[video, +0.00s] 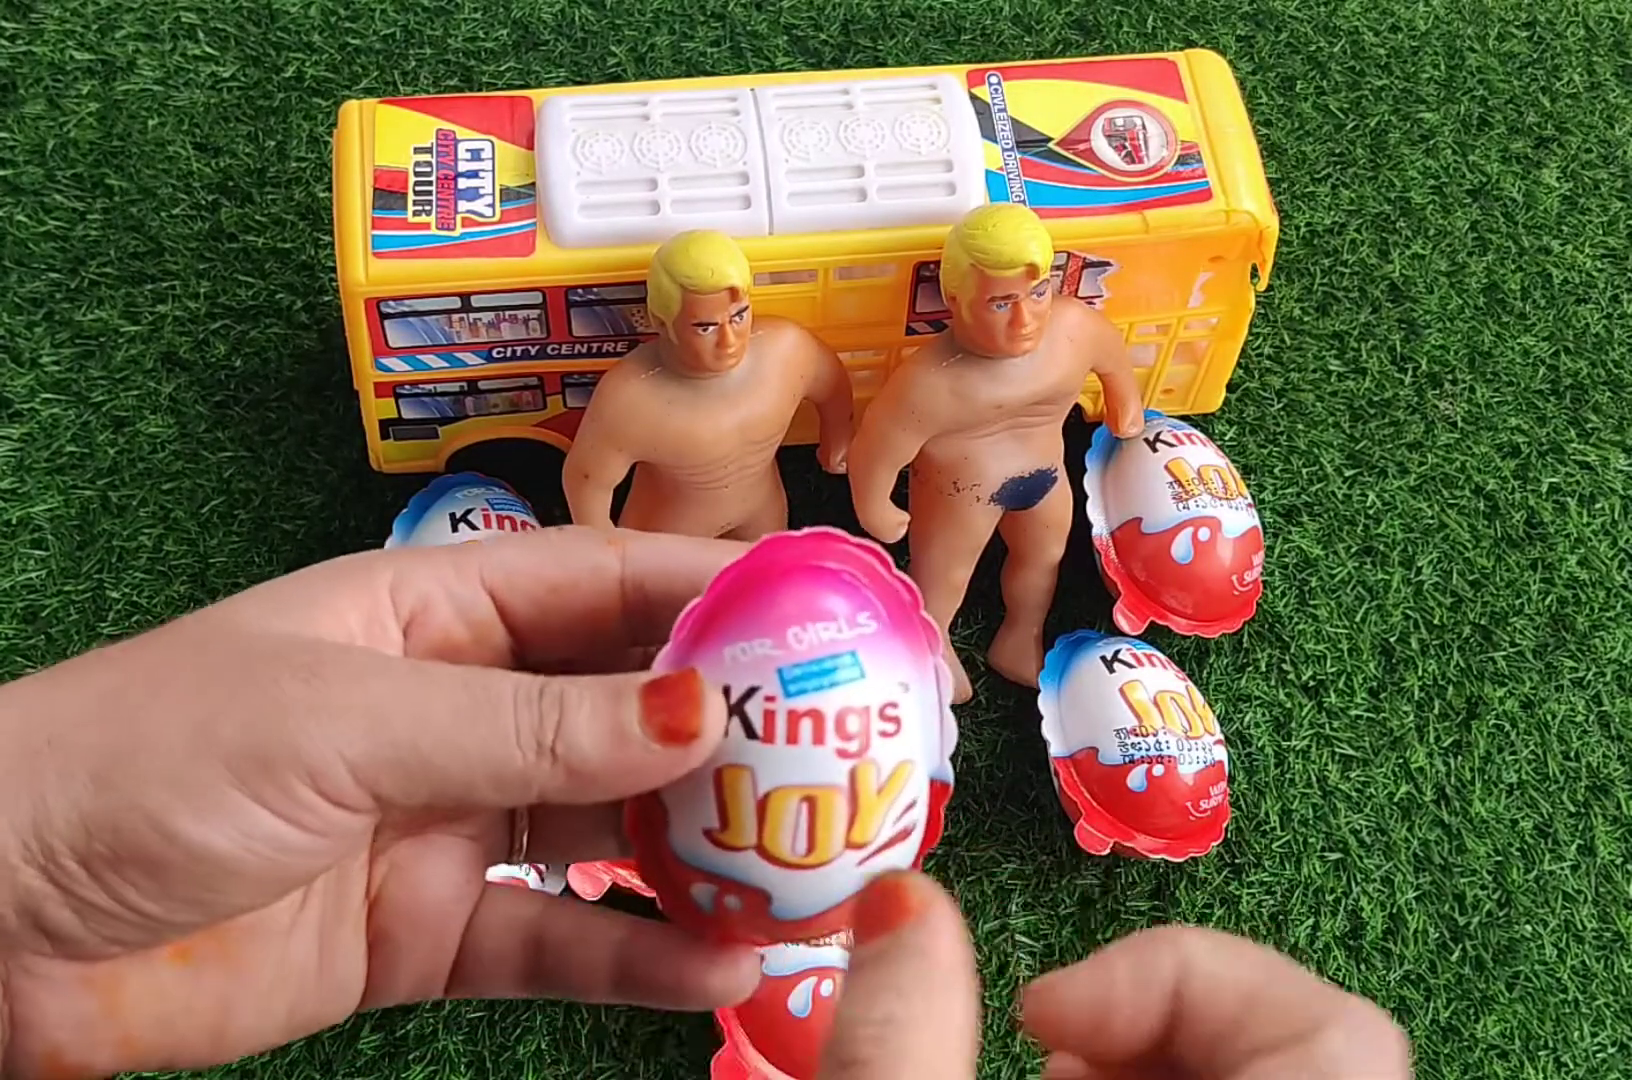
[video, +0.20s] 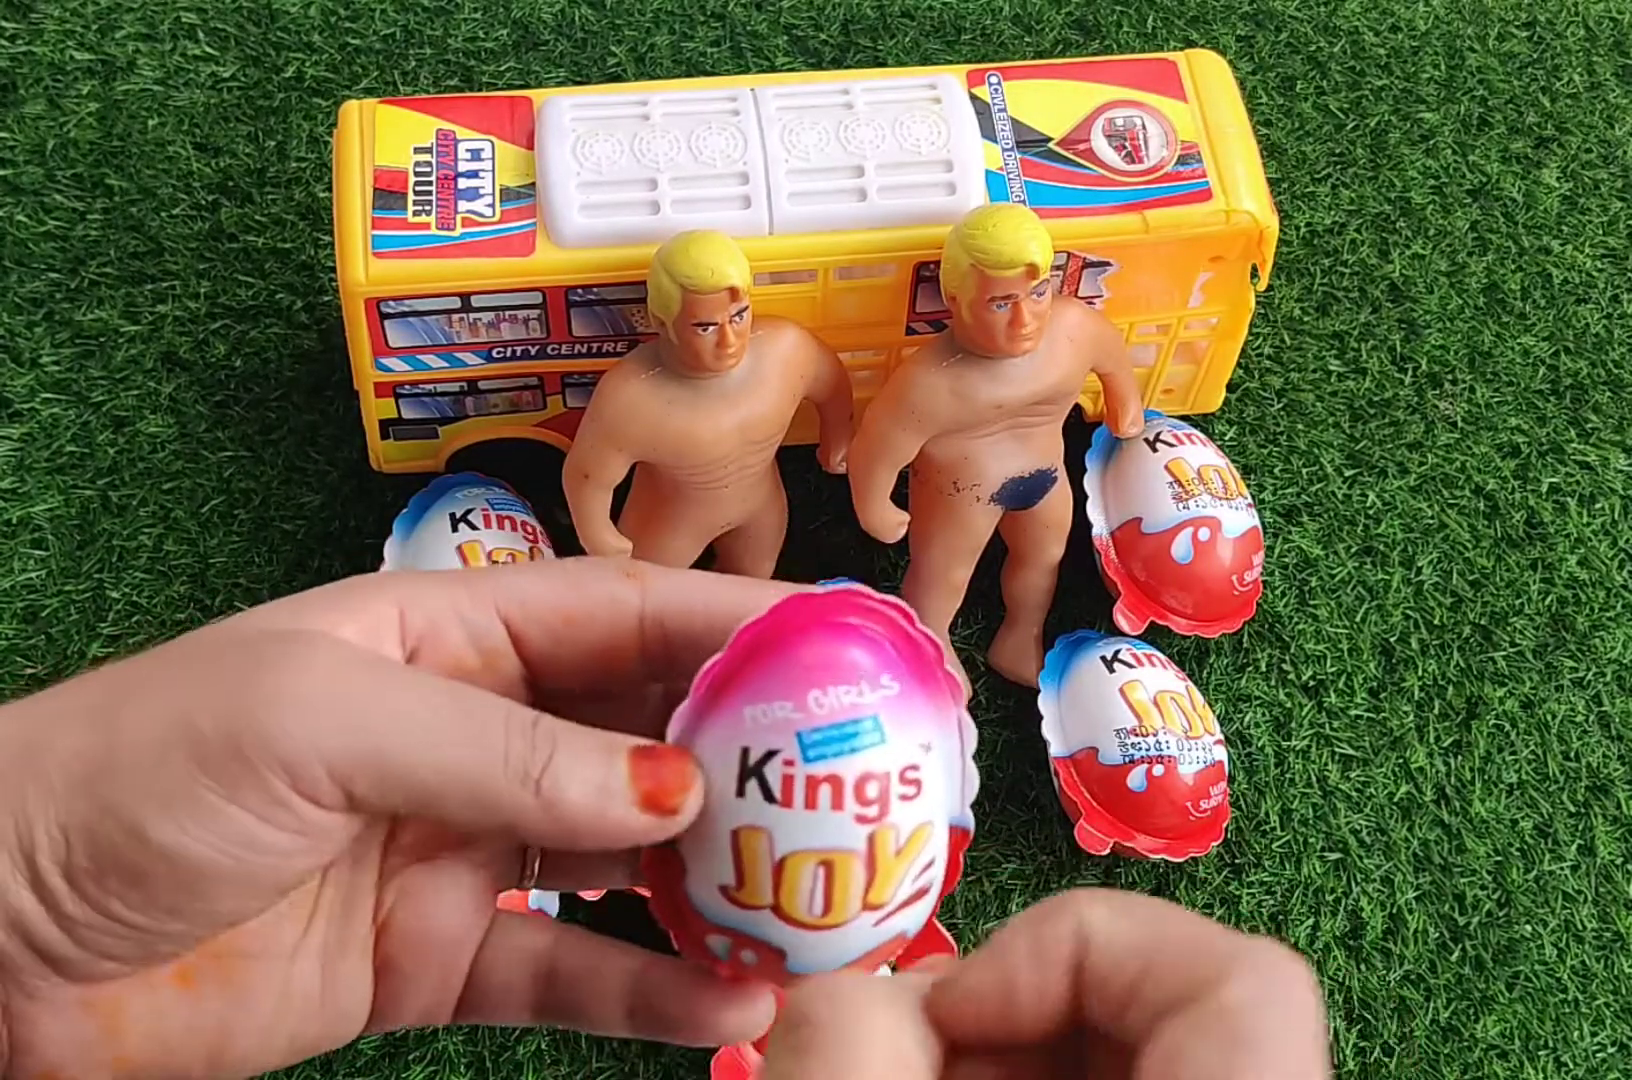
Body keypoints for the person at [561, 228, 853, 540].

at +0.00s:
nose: (728, 340)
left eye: (739, 316)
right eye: (704, 326)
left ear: (750, 299)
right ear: (661, 322)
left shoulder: (786, 349)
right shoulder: (627, 397)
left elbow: (832, 388)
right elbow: (585, 479)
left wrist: (835, 441)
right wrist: (603, 556)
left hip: (759, 522)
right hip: (665, 538)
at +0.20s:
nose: (728, 339)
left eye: (738, 316)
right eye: (705, 326)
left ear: (749, 303)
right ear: (660, 324)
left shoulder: (788, 350)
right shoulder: (628, 398)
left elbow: (832, 387)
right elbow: (585, 478)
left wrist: (837, 442)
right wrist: (599, 539)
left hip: (758, 504)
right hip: (671, 516)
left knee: (751, 592)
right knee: (641, 602)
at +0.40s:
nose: (728, 339)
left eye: (738, 316)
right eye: (705, 326)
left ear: (749, 302)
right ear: (660, 324)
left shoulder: (788, 350)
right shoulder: (628, 398)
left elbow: (833, 389)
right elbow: (586, 479)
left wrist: (836, 446)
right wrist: (600, 539)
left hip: (758, 505)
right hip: (671, 517)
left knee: (753, 589)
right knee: (643, 599)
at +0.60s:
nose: (728, 339)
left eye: (738, 316)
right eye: (705, 326)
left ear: (750, 302)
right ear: (659, 324)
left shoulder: (788, 350)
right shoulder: (628, 398)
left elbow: (832, 386)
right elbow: (585, 478)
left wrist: (837, 440)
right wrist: (599, 538)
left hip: (758, 502)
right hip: (671, 514)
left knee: (752, 584)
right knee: (644, 599)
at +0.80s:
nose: (728, 339)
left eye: (738, 316)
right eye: (705, 326)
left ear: (749, 302)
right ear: (660, 324)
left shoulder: (787, 350)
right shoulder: (628, 398)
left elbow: (832, 387)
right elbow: (585, 478)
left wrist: (836, 442)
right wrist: (598, 536)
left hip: (759, 503)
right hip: (671, 514)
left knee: (752, 588)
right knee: (642, 598)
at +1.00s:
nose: (728, 340)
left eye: (739, 316)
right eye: (705, 326)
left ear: (750, 301)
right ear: (659, 322)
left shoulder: (789, 350)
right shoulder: (628, 397)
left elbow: (834, 388)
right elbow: (587, 477)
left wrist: (837, 440)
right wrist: (598, 536)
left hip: (759, 497)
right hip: (672, 509)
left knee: (750, 577)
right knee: (636, 591)